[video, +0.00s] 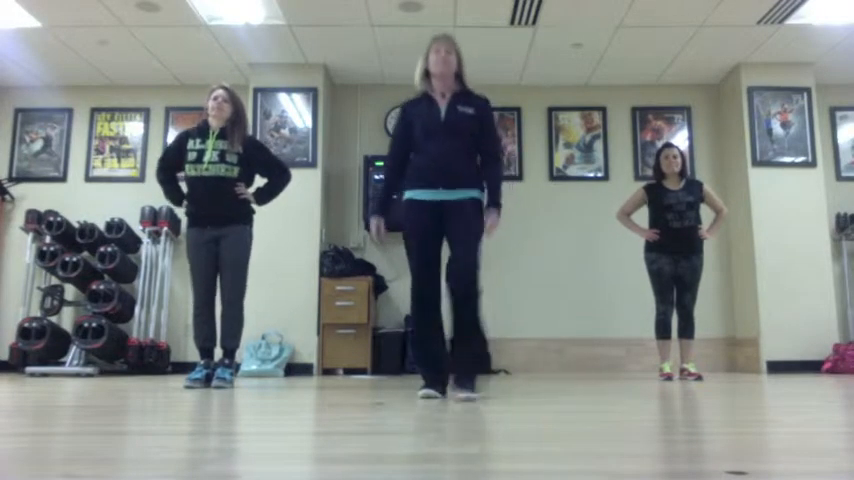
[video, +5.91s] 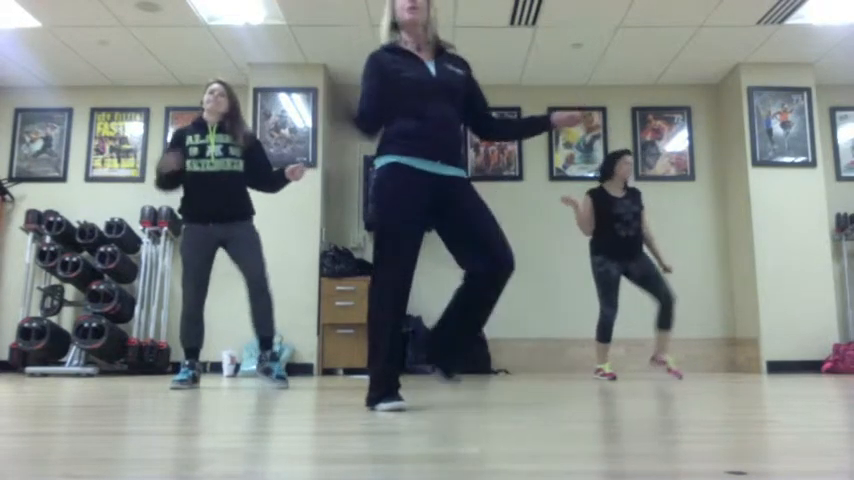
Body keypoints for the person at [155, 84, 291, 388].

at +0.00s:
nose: (217, 102)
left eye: (224, 100)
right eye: (214, 98)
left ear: (234, 110)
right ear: (206, 106)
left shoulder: (246, 144)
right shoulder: (189, 139)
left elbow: (282, 174)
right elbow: (164, 169)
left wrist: (258, 196)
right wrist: (180, 200)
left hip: (235, 227)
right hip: (199, 226)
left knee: (232, 295)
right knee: (202, 296)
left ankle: (227, 363)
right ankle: (205, 362)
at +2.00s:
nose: (213, 100)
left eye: (220, 97)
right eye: (209, 96)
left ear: (230, 107)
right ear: (202, 104)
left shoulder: (245, 142)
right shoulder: (187, 140)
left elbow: (280, 174)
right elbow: (159, 171)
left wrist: (256, 196)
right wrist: (175, 199)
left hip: (232, 227)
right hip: (196, 226)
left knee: (229, 295)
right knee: (200, 297)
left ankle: (227, 362)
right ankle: (205, 361)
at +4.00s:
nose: (202, 98)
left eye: (209, 95)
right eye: (199, 95)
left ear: (220, 104)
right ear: (192, 103)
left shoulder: (237, 138)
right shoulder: (178, 142)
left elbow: (251, 181)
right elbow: (170, 189)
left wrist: (266, 178)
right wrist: (150, 184)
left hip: (225, 227)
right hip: (187, 227)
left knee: (219, 295)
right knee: (186, 296)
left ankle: (217, 362)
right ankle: (187, 364)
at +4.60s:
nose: (251, 99)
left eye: (258, 96)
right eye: (246, 94)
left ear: (268, 106)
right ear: (238, 102)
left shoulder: (279, 143)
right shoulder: (220, 136)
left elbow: (291, 188)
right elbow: (196, 181)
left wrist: (313, 182)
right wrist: (197, 168)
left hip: (264, 228)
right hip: (227, 226)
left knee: (264, 296)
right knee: (215, 288)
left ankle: (263, 364)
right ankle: (189, 353)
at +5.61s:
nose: (216, 96)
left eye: (223, 93)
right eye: (212, 92)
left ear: (235, 105)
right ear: (205, 100)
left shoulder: (248, 141)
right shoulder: (187, 137)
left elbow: (264, 183)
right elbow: (173, 182)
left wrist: (288, 180)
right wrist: (162, 172)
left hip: (239, 226)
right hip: (199, 227)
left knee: (259, 286)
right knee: (193, 295)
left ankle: (268, 356)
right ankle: (190, 364)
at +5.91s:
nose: (213, 97)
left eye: (220, 94)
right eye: (209, 93)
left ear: (230, 105)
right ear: (202, 101)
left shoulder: (244, 138)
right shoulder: (183, 137)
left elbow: (262, 181)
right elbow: (166, 184)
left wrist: (284, 176)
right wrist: (167, 170)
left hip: (238, 226)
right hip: (198, 227)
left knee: (258, 284)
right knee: (193, 295)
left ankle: (267, 357)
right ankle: (190, 364)